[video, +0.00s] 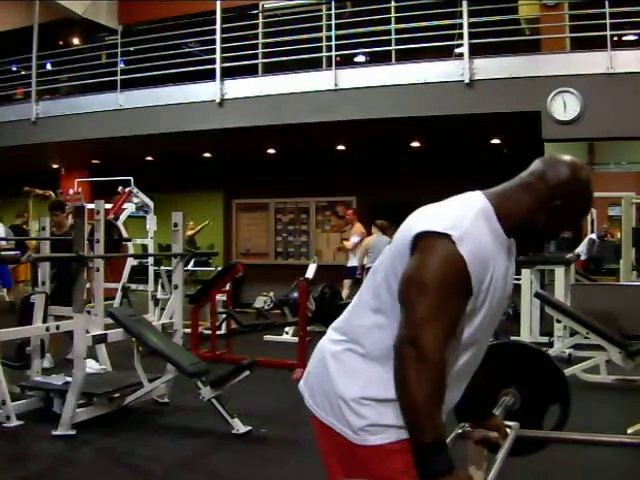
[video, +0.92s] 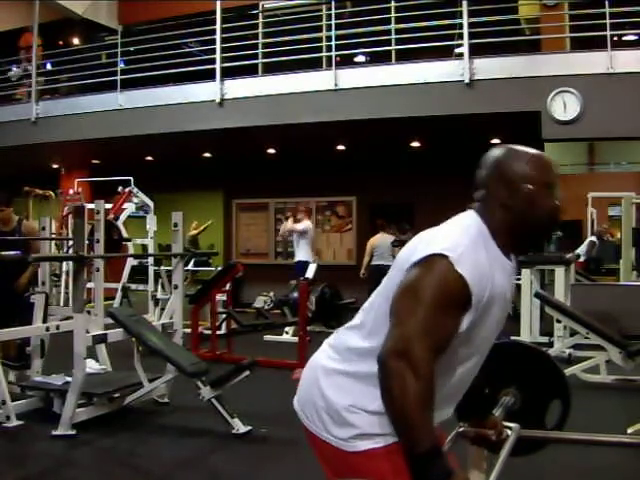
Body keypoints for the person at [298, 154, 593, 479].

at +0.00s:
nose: (562, 235)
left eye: (570, 226)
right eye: (567, 223)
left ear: (539, 192)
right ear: (551, 205)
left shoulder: (497, 240)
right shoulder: (454, 237)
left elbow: (454, 341)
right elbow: (417, 349)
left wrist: (471, 414)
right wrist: (437, 462)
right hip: (360, 399)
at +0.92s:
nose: (558, 204)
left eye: (556, 191)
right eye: (549, 190)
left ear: (510, 195)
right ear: (512, 194)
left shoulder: (496, 252)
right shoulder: (455, 258)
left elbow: (445, 346)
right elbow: (402, 359)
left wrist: (472, 412)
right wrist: (429, 464)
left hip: (396, 400)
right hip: (351, 408)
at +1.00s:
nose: (534, 174)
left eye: (528, 161)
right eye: (518, 160)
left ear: (474, 172)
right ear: (472, 170)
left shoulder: (486, 246)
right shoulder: (435, 250)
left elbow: (442, 349)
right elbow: (398, 360)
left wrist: (469, 416)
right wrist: (432, 461)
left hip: (409, 406)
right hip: (356, 412)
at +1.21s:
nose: (486, 136)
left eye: (481, 127)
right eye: (471, 127)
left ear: (439, 145)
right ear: (437, 143)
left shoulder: (453, 219)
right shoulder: (410, 214)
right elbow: (373, 326)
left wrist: (463, 393)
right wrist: (431, 425)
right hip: (366, 422)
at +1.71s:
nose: (436, 128)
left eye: (434, 118)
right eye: (424, 117)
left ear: (388, 125)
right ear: (386, 124)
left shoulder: (399, 197)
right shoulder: (362, 195)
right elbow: (317, 293)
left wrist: (434, 356)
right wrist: (385, 386)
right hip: (343, 414)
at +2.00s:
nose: (386, 142)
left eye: (389, 132)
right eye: (375, 129)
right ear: (335, 121)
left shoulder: (361, 200)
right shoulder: (304, 191)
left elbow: (352, 298)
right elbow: (256, 295)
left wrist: (402, 344)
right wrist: (335, 386)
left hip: (373, 414)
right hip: (312, 426)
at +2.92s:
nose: (359, 137)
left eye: (359, 126)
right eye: (348, 125)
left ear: (314, 130)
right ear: (310, 128)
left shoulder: (332, 208)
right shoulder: (271, 198)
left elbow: (316, 305)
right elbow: (224, 291)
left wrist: (357, 354)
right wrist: (280, 382)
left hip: (321, 409)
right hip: (267, 416)